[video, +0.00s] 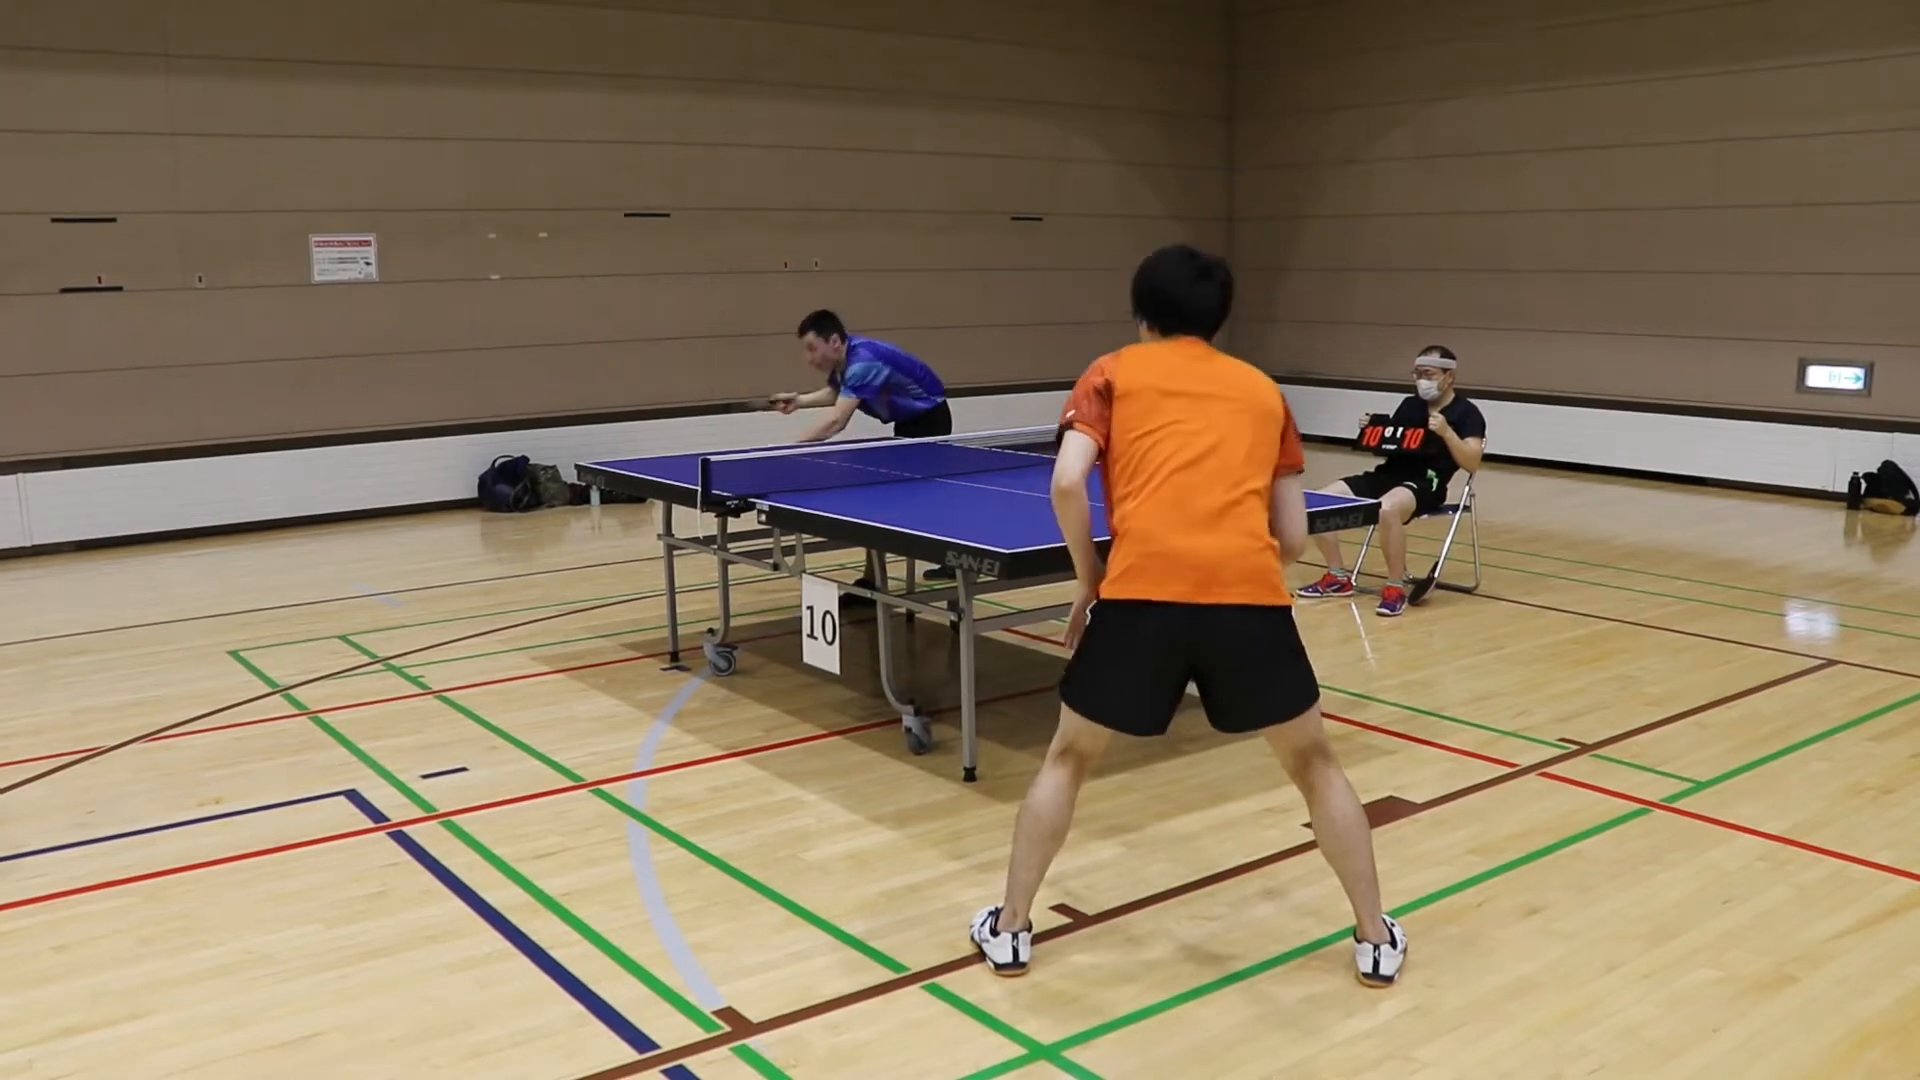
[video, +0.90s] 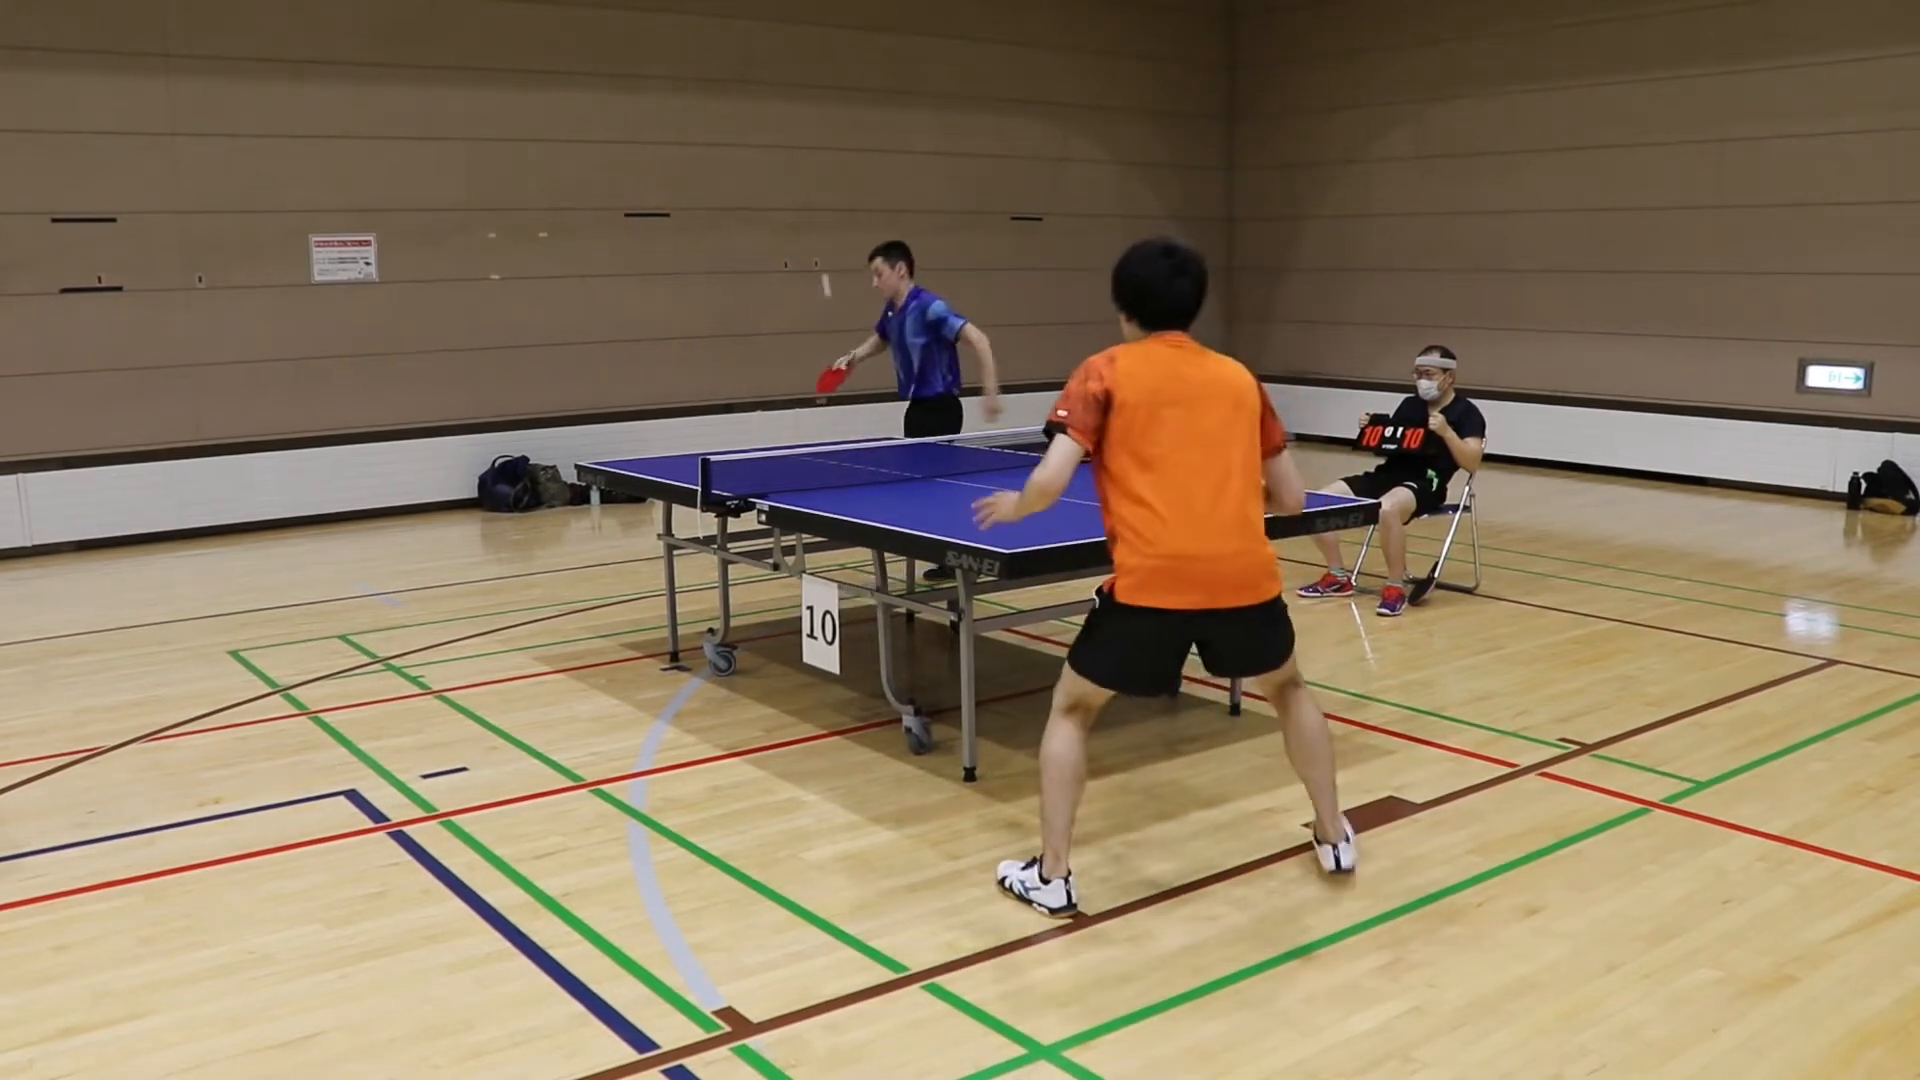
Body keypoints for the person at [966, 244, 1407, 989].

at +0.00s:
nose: (1136, 324)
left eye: (1137, 312)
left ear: (1143, 314)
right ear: (1220, 316)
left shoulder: (1114, 372)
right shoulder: (1262, 390)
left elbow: (1066, 483)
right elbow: (1292, 537)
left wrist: (1088, 581)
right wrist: (1222, 567)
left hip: (1140, 601)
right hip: (1249, 607)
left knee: (1069, 758)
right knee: (1313, 761)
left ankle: (1011, 928)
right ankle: (1377, 937)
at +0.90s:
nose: (1116, 310)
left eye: (1118, 301)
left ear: (1124, 305)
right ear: (1194, 307)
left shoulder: (1107, 372)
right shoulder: (1239, 379)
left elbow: (1048, 485)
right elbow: (1290, 498)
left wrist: (1015, 506)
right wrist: (1226, 481)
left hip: (1147, 591)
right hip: (1246, 587)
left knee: (1072, 708)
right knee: (1289, 690)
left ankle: (1052, 874)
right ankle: (1337, 836)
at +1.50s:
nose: (1082, 384)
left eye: (1083, 373)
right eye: (1082, 373)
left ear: (1095, 374)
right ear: (1155, 369)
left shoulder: (1100, 430)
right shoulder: (1205, 427)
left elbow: (1021, 529)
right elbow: (1224, 512)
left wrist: (1007, 514)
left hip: (1168, 644)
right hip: (1248, 637)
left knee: (1015, 707)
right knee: (1250, 698)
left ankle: (987, 880)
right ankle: (1322, 824)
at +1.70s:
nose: (1014, 366)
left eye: (1015, 354)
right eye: (1015, 354)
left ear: (1027, 355)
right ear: (1090, 345)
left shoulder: (1033, 404)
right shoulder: (1133, 409)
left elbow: (944, 492)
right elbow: (1134, 523)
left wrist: (900, 471)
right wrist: (1056, 590)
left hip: (1078, 624)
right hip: (1171, 616)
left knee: (946, 691)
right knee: (1235, 716)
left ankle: (960, 865)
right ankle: (1315, 821)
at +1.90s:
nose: (977, 363)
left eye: (979, 353)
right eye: (984, 352)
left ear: (987, 359)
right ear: (1055, 355)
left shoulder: (977, 431)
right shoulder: (1104, 423)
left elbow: (913, 553)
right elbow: (1184, 479)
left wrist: (884, 562)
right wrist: (1143, 424)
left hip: (1017, 647)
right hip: (1111, 641)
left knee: (906, 739)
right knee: (1165, 748)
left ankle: (850, 900)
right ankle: (1261, 874)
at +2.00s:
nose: (1010, 346)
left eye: (1012, 337)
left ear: (1018, 344)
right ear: (1090, 342)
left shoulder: (993, 421)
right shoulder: (1134, 419)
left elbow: (922, 544)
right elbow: (1203, 517)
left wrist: (925, 542)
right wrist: (1158, 464)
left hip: (1025, 644)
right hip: (1126, 642)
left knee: (920, 743)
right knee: (1194, 749)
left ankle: (851, 901)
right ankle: (1281, 895)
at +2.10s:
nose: (1061, 319)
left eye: (1066, 309)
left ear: (1071, 315)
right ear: (1145, 317)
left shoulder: (1038, 388)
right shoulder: (1184, 399)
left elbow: (966, 500)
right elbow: (1228, 527)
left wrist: (1032, 509)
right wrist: (1174, 486)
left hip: (1056, 618)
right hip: (1163, 614)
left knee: (956, 733)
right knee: (1266, 718)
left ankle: (878, 889)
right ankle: (1316, 887)